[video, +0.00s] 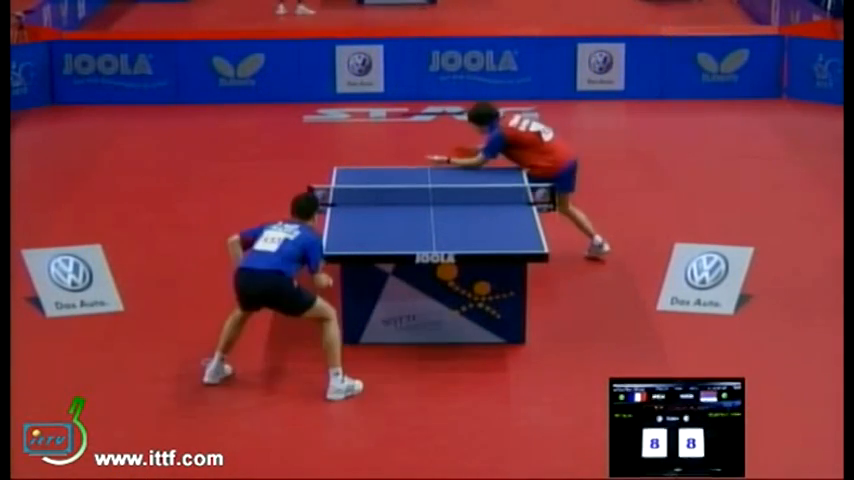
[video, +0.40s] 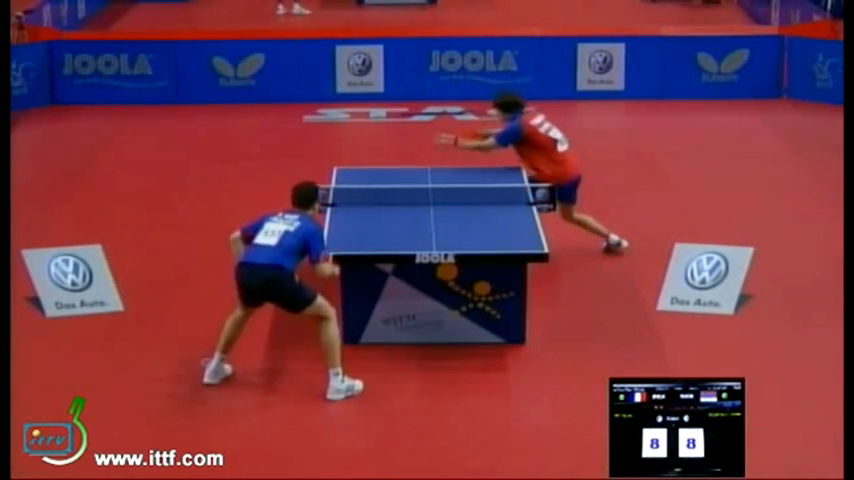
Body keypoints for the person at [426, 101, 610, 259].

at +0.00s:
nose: (475, 128)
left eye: (475, 124)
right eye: (474, 124)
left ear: (483, 123)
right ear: (493, 113)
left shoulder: (500, 135)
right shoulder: (511, 118)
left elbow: (479, 161)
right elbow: (490, 148)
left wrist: (449, 161)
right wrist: (470, 154)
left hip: (546, 170)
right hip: (567, 163)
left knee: (515, 200)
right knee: (564, 206)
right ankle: (598, 241)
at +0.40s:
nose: (497, 115)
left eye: (498, 111)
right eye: (497, 111)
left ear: (507, 111)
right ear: (517, 107)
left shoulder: (518, 127)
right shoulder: (531, 115)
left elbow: (488, 146)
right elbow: (497, 135)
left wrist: (458, 143)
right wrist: (470, 137)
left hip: (557, 179)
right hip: (569, 171)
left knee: (517, 204)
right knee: (569, 215)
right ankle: (612, 238)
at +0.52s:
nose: (509, 111)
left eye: (511, 108)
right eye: (510, 108)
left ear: (520, 109)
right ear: (530, 105)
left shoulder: (529, 123)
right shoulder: (544, 116)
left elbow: (494, 132)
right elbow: (509, 124)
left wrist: (468, 119)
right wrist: (485, 119)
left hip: (559, 182)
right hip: (575, 177)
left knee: (518, 200)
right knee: (572, 217)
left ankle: (523, 244)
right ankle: (614, 241)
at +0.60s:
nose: (516, 107)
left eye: (518, 103)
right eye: (516, 103)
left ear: (527, 105)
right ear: (537, 101)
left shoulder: (535, 120)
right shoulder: (551, 114)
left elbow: (500, 128)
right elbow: (521, 119)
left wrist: (474, 113)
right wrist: (504, 113)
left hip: (561, 182)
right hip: (580, 178)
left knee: (516, 196)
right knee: (573, 217)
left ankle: (522, 244)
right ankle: (615, 242)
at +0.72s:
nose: (521, 100)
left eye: (524, 97)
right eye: (522, 97)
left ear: (533, 98)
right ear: (543, 96)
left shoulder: (543, 116)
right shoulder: (559, 108)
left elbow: (511, 133)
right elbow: (532, 115)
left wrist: (482, 127)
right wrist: (516, 109)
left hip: (566, 177)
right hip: (586, 173)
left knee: (527, 198)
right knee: (577, 213)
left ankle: (525, 242)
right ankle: (617, 241)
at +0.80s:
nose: (524, 99)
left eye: (526, 95)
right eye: (524, 95)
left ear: (535, 96)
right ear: (546, 92)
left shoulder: (544, 112)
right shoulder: (560, 103)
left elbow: (525, 137)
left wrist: (493, 141)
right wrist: (528, 108)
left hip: (569, 173)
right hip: (590, 168)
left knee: (531, 197)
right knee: (579, 210)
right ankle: (617, 241)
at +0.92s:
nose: (519, 97)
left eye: (521, 94)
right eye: (519, 93)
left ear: (530, 94)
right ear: (540, 91)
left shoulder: (541, 110)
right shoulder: (554, 97)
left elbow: (537, 138)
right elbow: (529, 109)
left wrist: (515, 155)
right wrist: (509, 113)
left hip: (572, 169)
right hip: (589, 163)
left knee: (536, 196)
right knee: (582, 209)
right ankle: (617, 240)